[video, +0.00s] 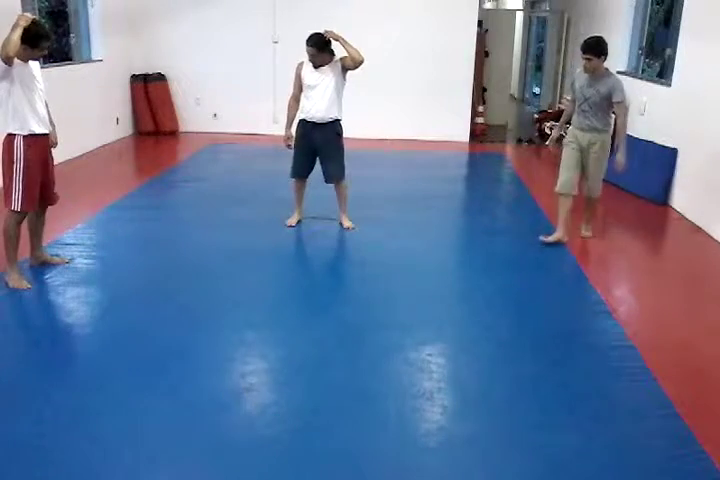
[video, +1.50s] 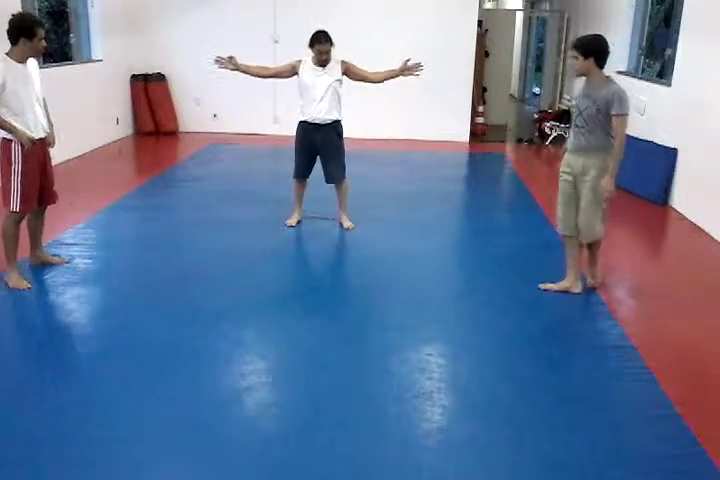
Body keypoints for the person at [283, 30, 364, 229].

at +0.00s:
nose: (309, 57)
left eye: (312, 54)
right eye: (308, 54)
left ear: (324, 52)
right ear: (308, 51)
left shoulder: (339, 65)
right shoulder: (303, 67)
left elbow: (358, 60)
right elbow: (295, 98)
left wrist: (339, 39)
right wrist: (288, 129)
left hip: (330, 127)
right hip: (305, 126)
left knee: (338, 176)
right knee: (299, 175)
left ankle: (343, 215)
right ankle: (298, 212)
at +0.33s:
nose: (308, 57)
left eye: (312, 53)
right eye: (307, 53)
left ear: (324, 52)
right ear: (307, 51)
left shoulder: (338, 65)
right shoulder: (301, 68)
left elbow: (357, 58)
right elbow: (294, 99)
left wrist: (336, 38)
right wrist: (287, 129)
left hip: (330, 127)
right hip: (305, 126)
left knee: (338, 177)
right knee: (300, 175)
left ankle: (343, 215)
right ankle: (298, 212)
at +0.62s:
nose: (308, 56)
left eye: (311, 53)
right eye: (307, 52)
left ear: (324, 52)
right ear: (307, 50)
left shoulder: (338, 65)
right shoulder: (302, 68)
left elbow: (356, 58)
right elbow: (280, 89)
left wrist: (335, 38)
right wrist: (252, 99)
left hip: (330, 128)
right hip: (306, 127)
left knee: (338, 176)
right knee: (300, 175)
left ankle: (343, 215)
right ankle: (297, 212)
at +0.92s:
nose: (315, 56)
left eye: (318, 51)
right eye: (311, 52)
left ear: (327, 48)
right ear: (306, 51)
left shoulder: (339, 66)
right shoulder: (299, 68)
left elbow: (364, 86)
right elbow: (271, 81)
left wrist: (367, 63)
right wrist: (243, 77)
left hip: (332, 128)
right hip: (306, 128)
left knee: (339, 177)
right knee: (300, 175)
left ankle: (343, 214)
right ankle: (297, 212)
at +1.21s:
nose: (322, 54)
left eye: (325, 50)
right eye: (317, 51)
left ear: (330, 46)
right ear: (310, 49)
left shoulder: (340, 65)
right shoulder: (299, 66)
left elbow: (373, 75)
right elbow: (268, 73)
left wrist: (402, 72)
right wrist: (237, 67)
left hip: (331, 129)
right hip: (306, 128)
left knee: (339, 176)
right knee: (300, 175)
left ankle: (343, 215)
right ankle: (297, 213)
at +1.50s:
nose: (322, 56)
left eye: (325, 52)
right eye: (318, 53)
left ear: (332, 48)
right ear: (311, 49)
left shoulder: (341, 66)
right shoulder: (300, 66)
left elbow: (371, 77)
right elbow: (268, 72)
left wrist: (399, 72)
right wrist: (238, 67)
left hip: (331, 129)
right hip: (306, 129)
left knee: (339, 176)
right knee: (300, 175)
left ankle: (343, 215)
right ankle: (297, 213)